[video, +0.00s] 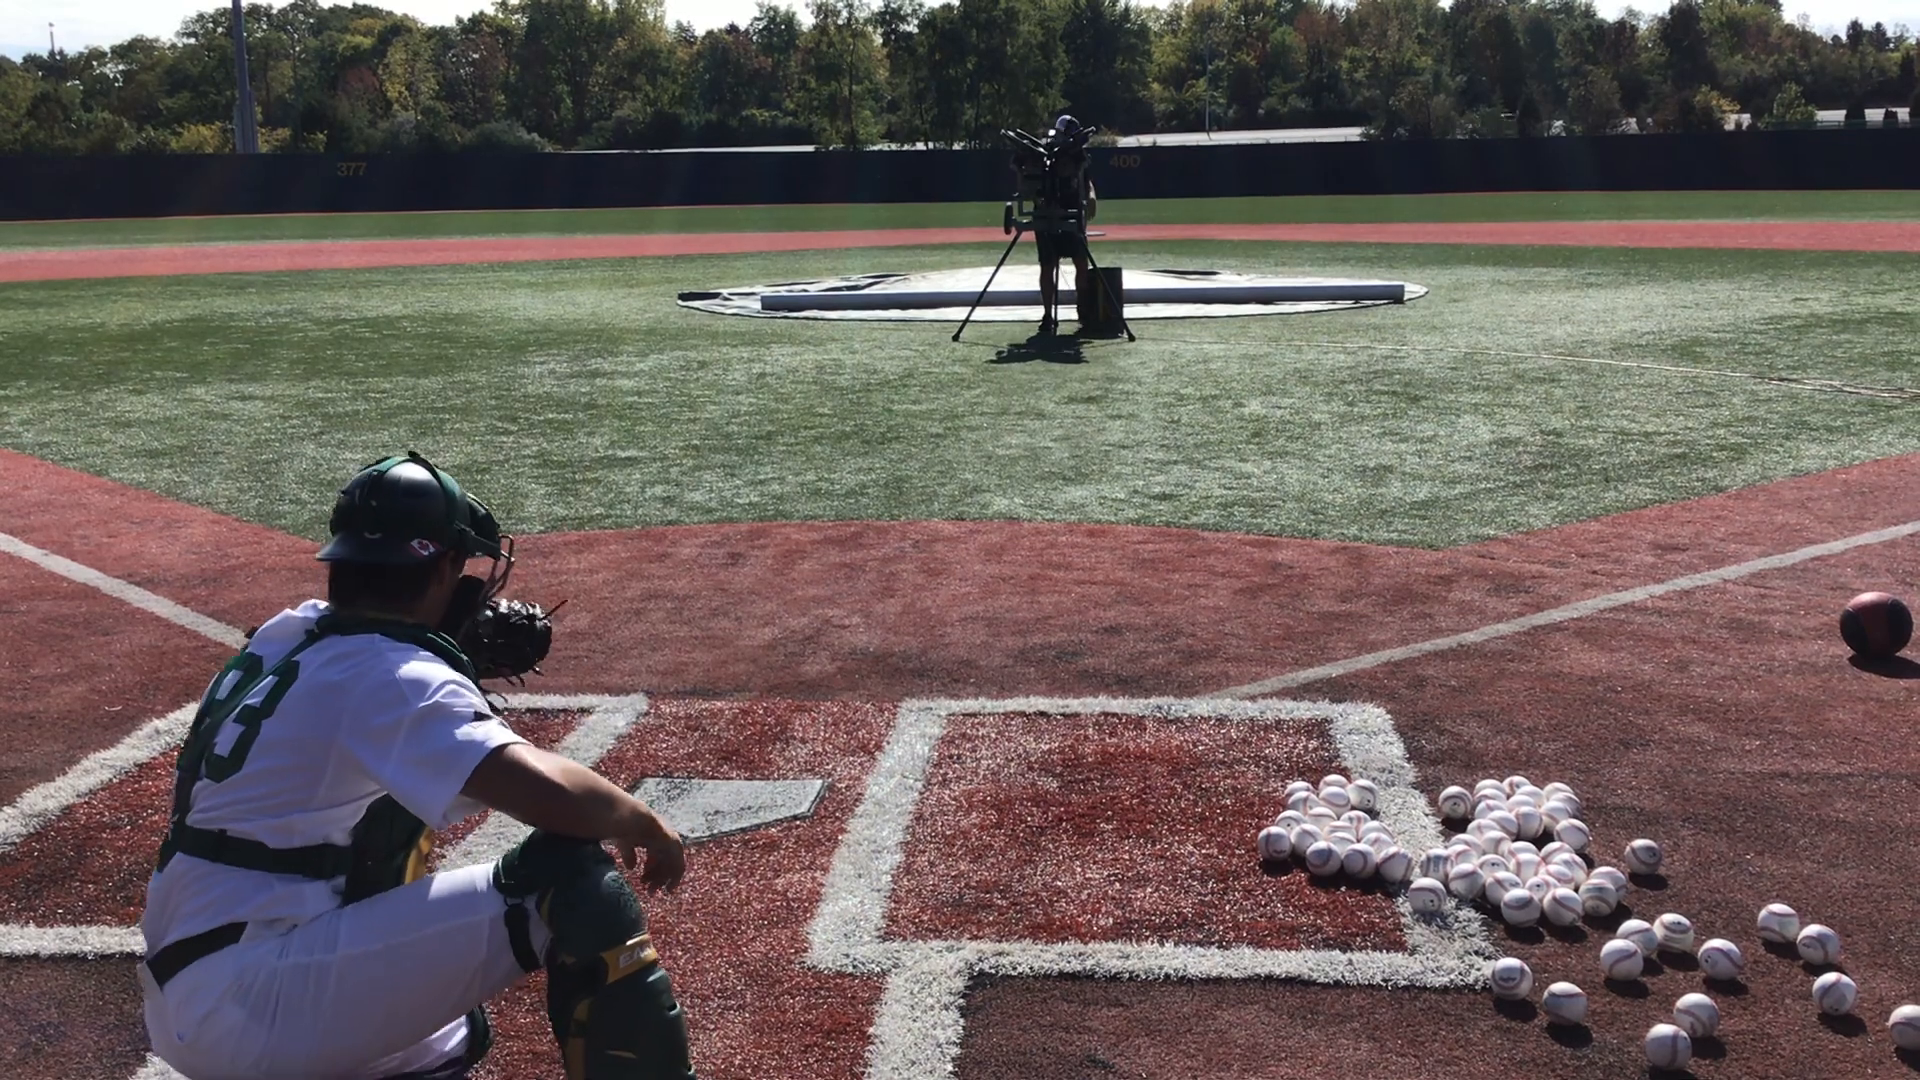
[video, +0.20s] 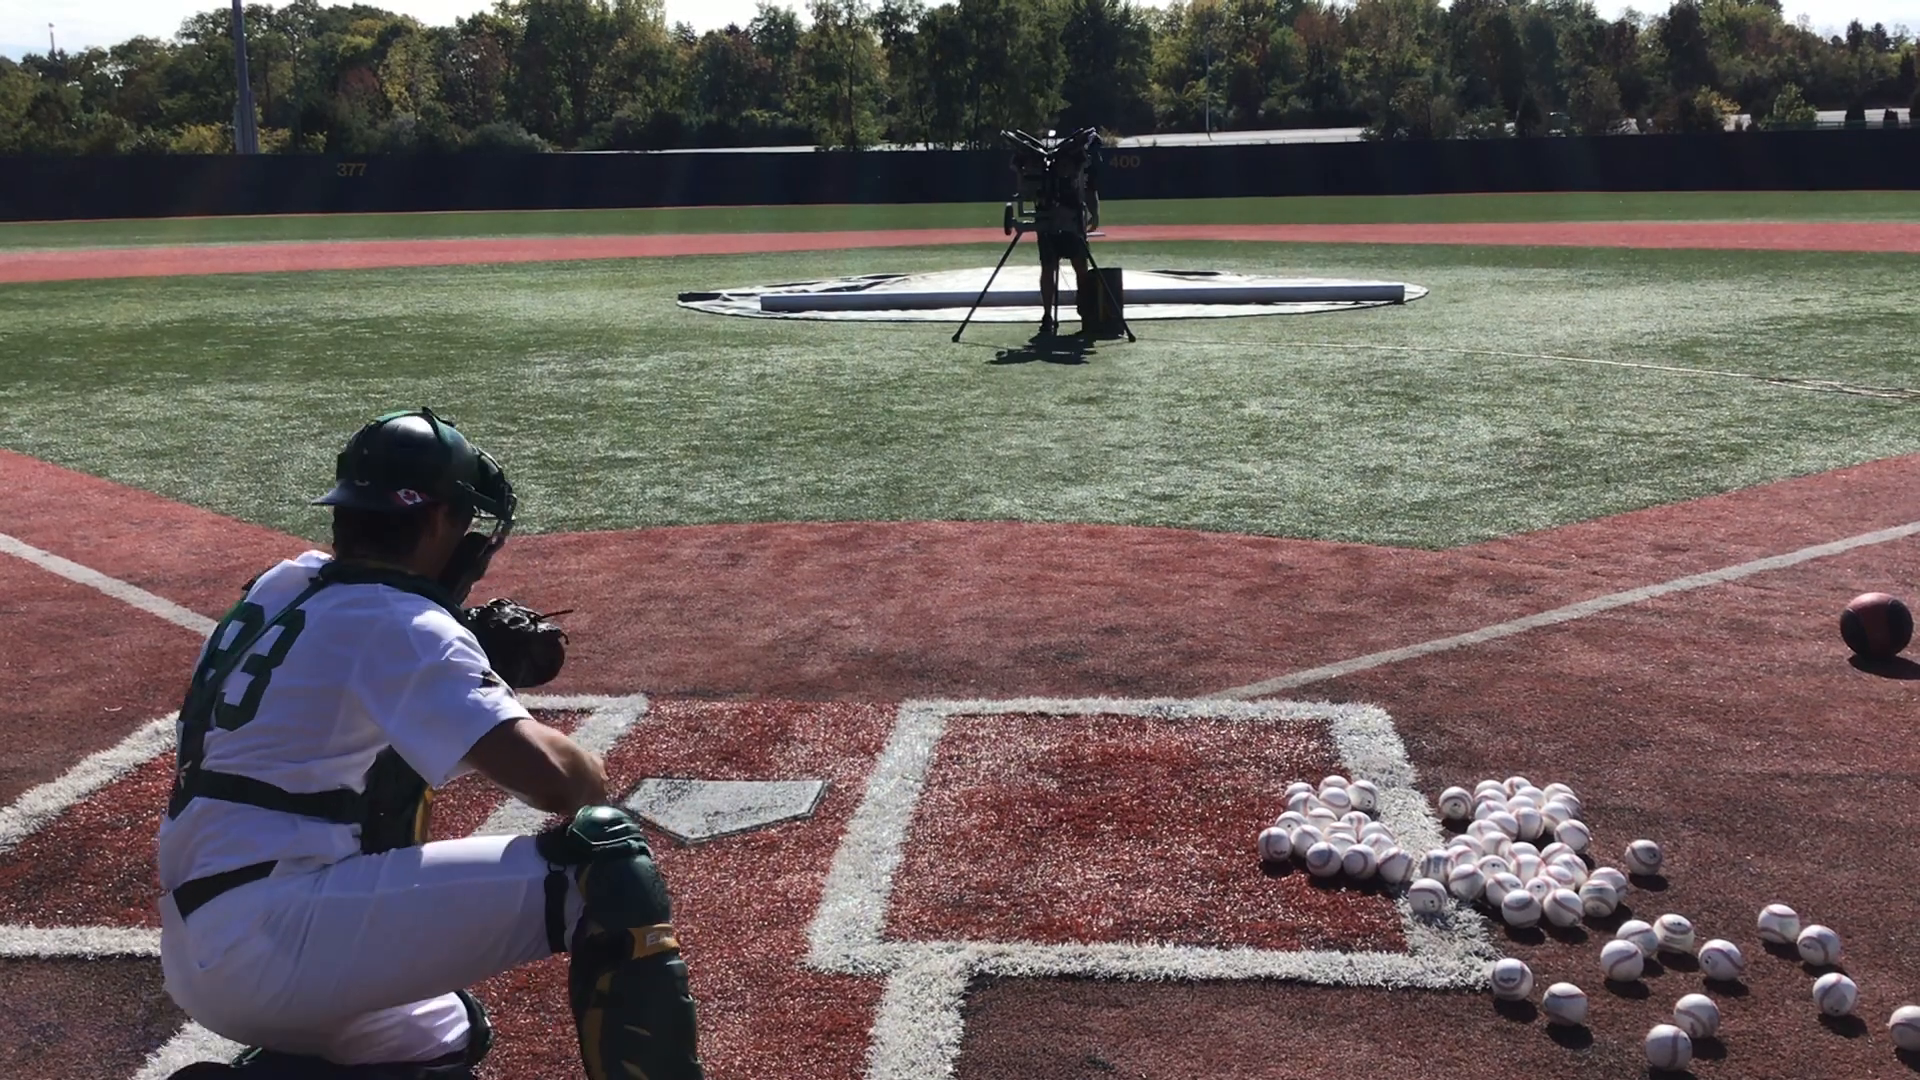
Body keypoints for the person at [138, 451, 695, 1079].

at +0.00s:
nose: (472, 584)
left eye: (470, 566)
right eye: (464, 568)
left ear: (345, 564)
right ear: (437, 575)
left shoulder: (287, 628)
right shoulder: (391, 675)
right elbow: (548, 789)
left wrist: (453, 641)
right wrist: (641, 822)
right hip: (245, 1000)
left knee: (450, 1033)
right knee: (569, 880)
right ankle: (638, 1058)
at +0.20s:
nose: (470, 541)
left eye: (471, 522)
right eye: (465, 521)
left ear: (348, 512)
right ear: (436, 524)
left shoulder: (282, 583)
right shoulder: (402, 626)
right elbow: (555, 775)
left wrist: (464, 651)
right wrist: (592, 792)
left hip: (197, 947)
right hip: (275, 940)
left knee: (447, 1032)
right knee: (605, 863)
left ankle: (280, 1060)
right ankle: (653, 1062)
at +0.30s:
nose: (479, 519)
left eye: (480, 501)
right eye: (471, 501)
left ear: (352, 495)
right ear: (438, 506)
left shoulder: (281, 563)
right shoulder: (416, 603)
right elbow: (529, 776)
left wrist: (474, 662)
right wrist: (558, 726)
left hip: (230, 932)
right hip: (319, 909)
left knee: (450, 1036)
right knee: (641, 845)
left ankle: (257, 1067)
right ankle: (585, 1063)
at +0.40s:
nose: (485, 502)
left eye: (485, 483)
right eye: (476, 483)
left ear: (365, 481)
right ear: (444, 486)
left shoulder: (283, 564)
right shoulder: (447, 590)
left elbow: (236, 739)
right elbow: (525, 774)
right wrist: (553, 730)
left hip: (248, 932)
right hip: (365, 906)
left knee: (450, 1033)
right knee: (672, 892)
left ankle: (266, 1070)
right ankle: (486, 1064)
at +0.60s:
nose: (531, 493)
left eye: (530, 473)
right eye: (520, 474)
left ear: (406, 475)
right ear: (479, 479)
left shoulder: (307, 582)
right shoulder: (518, 593)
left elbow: (253, 766)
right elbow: (577, 770)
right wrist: (645, 823)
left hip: (311, 927)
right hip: (451, 924)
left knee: (437, 1049)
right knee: (659, 993)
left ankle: (315, 1062)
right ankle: (505, 1064)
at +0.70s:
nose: (563, 491)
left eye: (564, 471)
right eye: (555, 472)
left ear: (439, 468)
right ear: (517, 475)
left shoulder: (337, 581)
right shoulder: (566, 594)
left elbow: (264, 757)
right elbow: (637, 773)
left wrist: (376, 758)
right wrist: (707, 819)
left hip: (349, 917)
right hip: (498, 922)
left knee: (439, 1054)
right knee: (657, 1024)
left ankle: (326, 1060)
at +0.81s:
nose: (607, 484)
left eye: (608, 466)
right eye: (600, 466)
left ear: (486, 460)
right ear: (568, 468)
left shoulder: (373, 574)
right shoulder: (619, 588)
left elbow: (286, 733)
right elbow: (690, 762)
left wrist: (365, 751)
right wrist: (752, 804)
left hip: (390, 902)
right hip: (541, 914)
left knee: (435, 1055)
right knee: (676, 1041)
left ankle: (341, 1055)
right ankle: (517, 1066)